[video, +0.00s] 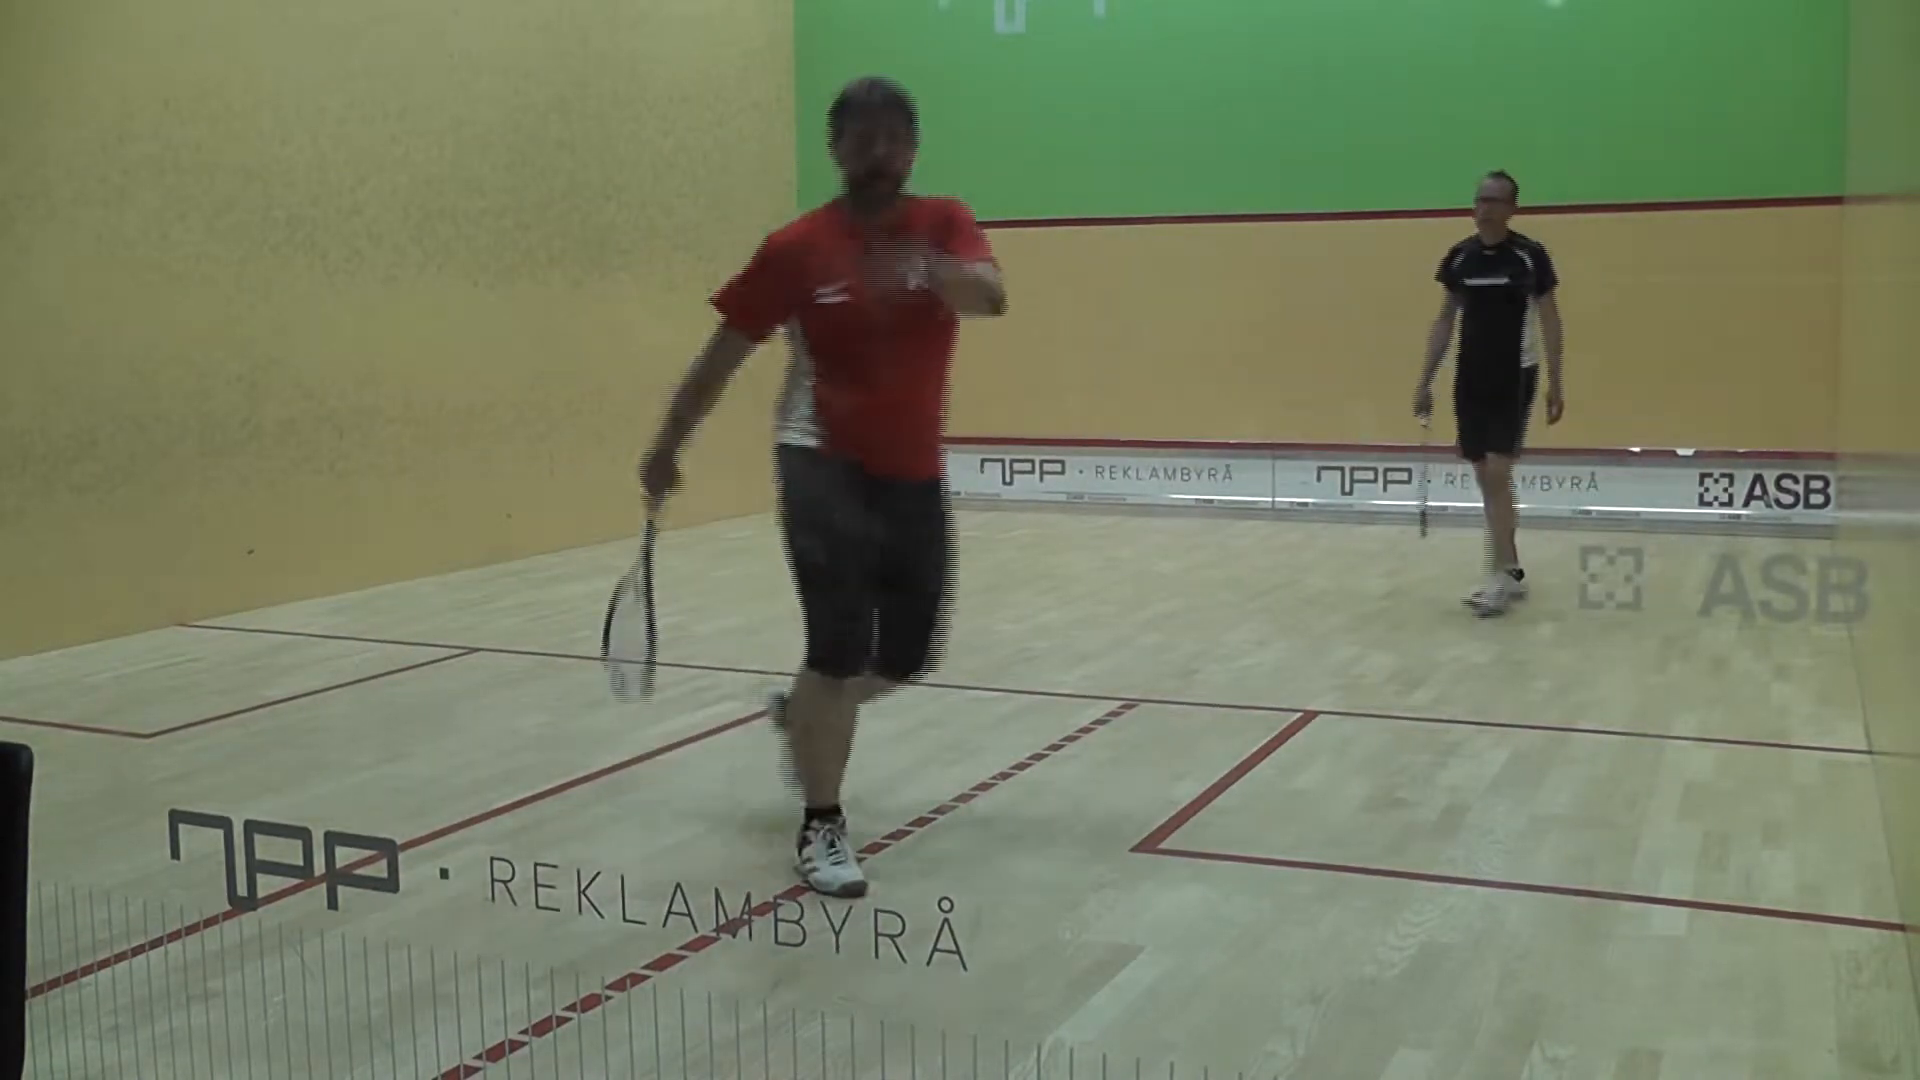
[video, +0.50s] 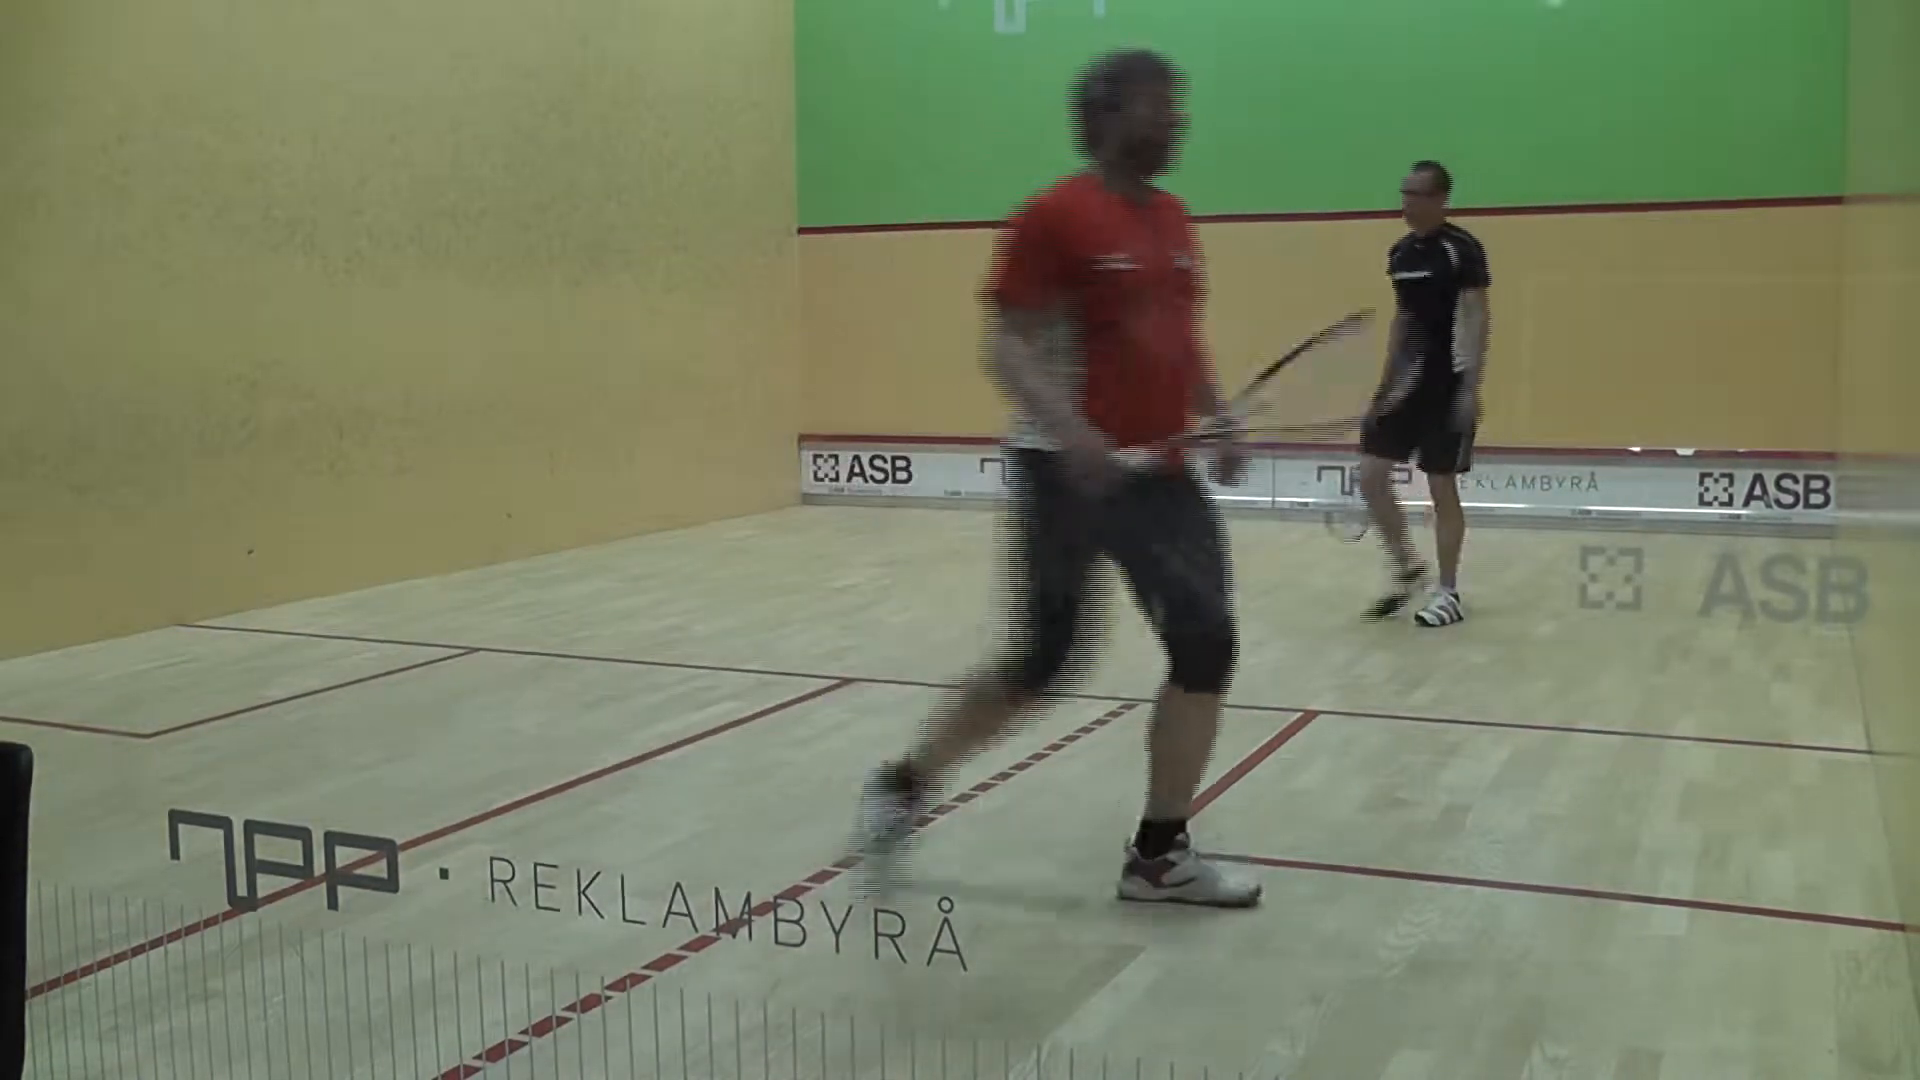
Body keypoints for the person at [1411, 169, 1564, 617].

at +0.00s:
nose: (1485, 207)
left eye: (1495, 201)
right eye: (1480, 200)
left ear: (1512, 207)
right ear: (1473, 205)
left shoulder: (1531, 257)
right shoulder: (1460, 258)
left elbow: (1550, 320)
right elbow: (1445, 320)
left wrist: (1555, 383)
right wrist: (1425, 381)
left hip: (1514, 372)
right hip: (1471, 372)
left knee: (1496, 472)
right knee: (1485, 474)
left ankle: (1504, 573)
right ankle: (1508, 567)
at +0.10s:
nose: (1474, 212)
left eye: (1484, 205)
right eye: (1470, 204)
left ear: (1503, 212)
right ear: (1463, 209)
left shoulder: (1521, 263)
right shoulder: (1449, 264)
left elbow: (1540, 327)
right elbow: (1433, 326)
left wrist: (1548, 392)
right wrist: (1412, 385)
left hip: (1504, 379)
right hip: (1461, 378)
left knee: (1485, 475)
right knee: (1481, 478)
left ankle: (1468, 577)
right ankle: (1509, 570)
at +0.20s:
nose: (1454, 213)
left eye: (1465, 207)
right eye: (1452, 205)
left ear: (1487, 214)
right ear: (1447, 209)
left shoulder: (1507, 265)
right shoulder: (1436, 264)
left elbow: (1526, 333)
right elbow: (1420, 329)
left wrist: (1535, 397)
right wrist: (1398, 389)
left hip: (1485, 382)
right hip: (1444, 380)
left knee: (1462, 480)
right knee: (1459, 482)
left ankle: (1449, 591)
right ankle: (1501, 559)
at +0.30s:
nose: (1446, 210)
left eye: (1456, 204)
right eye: (1442, 201)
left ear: (1476, 210)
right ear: (1436, 205)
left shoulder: (1496, 261)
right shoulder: (1426, 261)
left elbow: (1515, 332)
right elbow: (1414, 327)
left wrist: (1522, 396)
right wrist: (1393, 389)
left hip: (1474, 383)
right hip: (1433, 381)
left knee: (1448, 486)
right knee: (1428, 491)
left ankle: (1447, 593)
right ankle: (1482, 544)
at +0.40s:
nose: (1421, 203)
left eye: (1432, 196)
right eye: (1420, 194)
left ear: (1456, 202)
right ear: (1418, 198)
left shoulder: (1476, 254)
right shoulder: (1411, 254)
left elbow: (1496, 327)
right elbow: (1404, 325)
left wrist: (1497, 393)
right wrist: (1390, 387)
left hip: (1458, 381)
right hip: (1414, 380)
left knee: (1445, 485)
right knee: (1389, 482)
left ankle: (1448, 591)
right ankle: (1443, 547)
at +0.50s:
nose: (1404, 202)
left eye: (1414, 195)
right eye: (1403, 193)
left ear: (1441, 199)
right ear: (1405, 196)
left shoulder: (1463, 249)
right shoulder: (1402, 253)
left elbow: (1475, 322)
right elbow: (1400, 324)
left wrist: (1470, 392)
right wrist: (1385, 385)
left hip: (1449, 384)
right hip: (1408, 382)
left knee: (1442, 486)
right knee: (1371, 476)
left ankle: (1448, 591)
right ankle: (1407, 567)